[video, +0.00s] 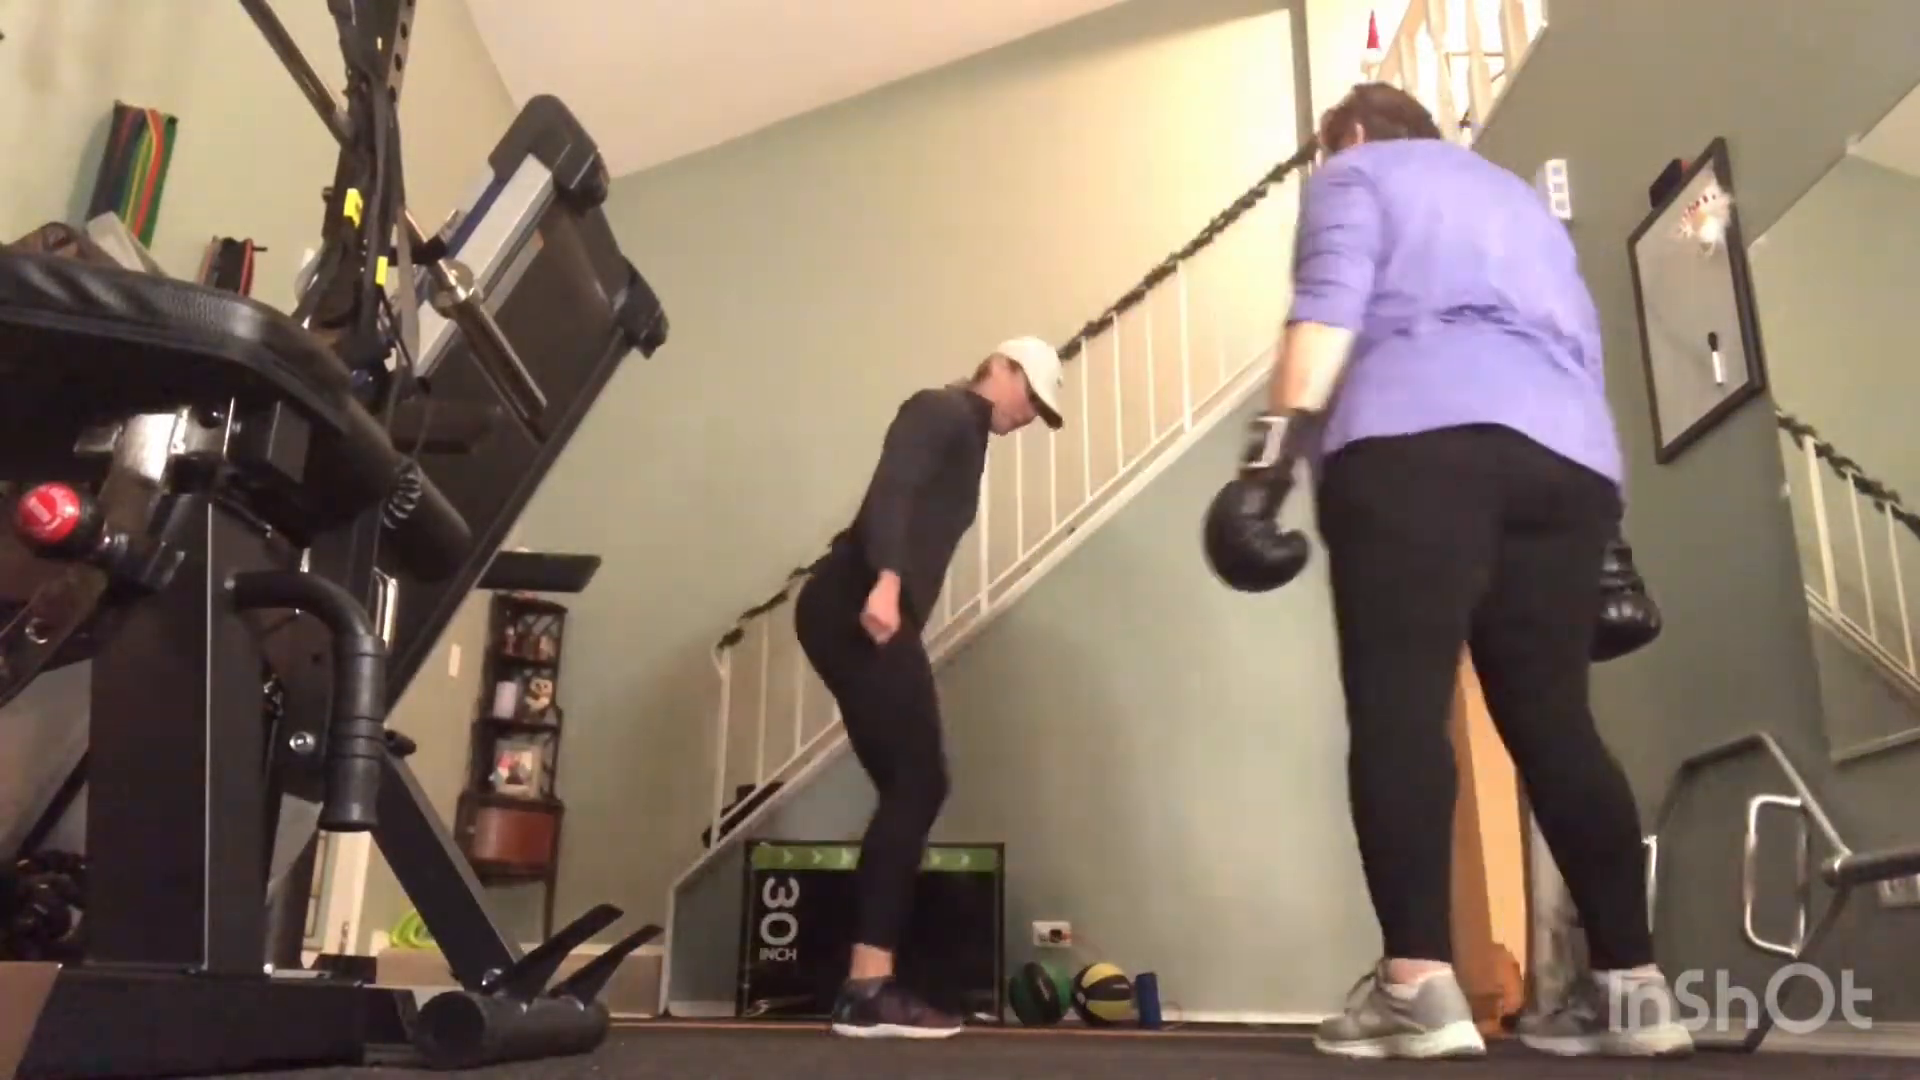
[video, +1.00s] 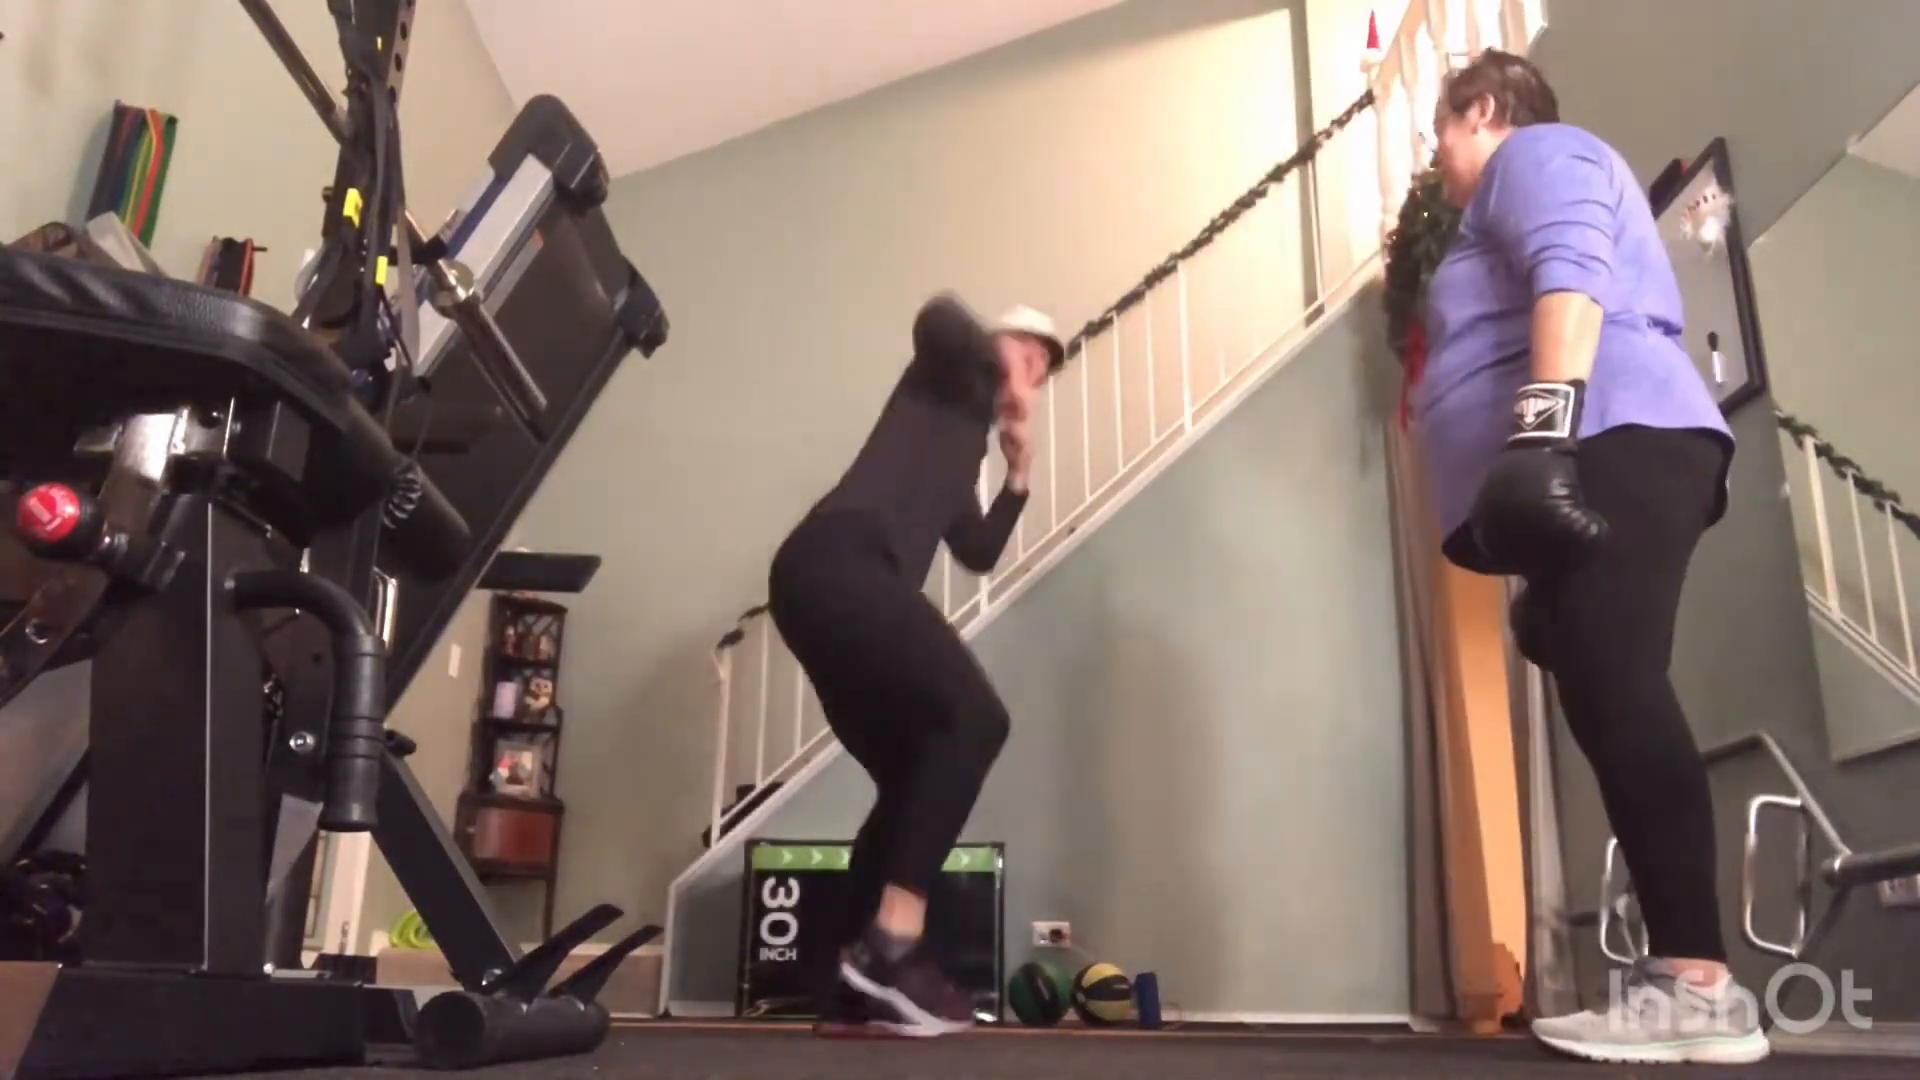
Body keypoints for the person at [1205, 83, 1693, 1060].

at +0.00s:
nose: (1326, 176)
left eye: (1327, 162)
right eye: (1325, 164)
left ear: (1350, 140)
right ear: (1426, 134)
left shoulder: (1349, 173)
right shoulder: (1531, 207)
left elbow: (1325, 315)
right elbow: (1582, 365)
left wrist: (1267, 464)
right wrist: (1603, 530)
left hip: (1411, 445)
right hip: (1563, 458)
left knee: (1398, 715)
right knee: (1554, 722)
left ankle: (1417, 982)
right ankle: (1632, 981)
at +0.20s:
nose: (1384, 167)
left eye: (1390, 145)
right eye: (1381, 152)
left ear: (1436, 126)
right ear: (1435, 130)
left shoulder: (1489, 157)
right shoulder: (1455, 220)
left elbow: (1527, 275)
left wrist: (1497, 431)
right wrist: (1406, 252)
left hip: (1610, 427)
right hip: (1573, 447)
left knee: (1585, 678)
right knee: (1566, 694)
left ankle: (1693, 982)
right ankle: (1640, 980)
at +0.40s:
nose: (1419, 133)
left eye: (1423, 109)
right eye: (1415, 116)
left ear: (1469, 80)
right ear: (1472, 86)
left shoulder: (1539, 113)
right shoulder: (1486, 196)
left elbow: (1571, 243)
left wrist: (1540, 406)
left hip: (1641, 406)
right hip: (1594, 431)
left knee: (1617, 671)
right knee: (1583, 692)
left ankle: (1696, 985)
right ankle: (1634, 977)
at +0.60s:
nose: (1465, 126)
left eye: (1469, 101)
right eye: (1461, 108)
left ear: (1509, 73)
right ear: (1534, 73)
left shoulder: (1569, 106)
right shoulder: (1536, 169)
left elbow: (1588, 240)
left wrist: (1548, 407)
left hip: (1659, 410)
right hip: (1623, 427)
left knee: (1627, 680)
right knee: (1599, 690)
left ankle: (1701, 985)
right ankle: (1640, 977)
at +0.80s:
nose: (1461, 150)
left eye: (1466, 129)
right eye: (1457, 135)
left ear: (1507, 106)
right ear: (1527, 106)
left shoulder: (1563, 141)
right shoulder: (1522, 201)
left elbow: (1588, 266)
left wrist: (1560, 425)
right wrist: (1440, 260)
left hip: (1645, 427)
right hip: (1619, 444)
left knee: (1636, 697)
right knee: (1628, 706)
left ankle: (1703, 985)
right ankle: (1682, 978)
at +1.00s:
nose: (1433, 155)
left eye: (1441, 134)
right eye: (1432, 139)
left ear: (1488, 112)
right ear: (1498, 114)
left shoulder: (1542, 151)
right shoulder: (1496, 218)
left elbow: (1569, 274)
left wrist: (1539, 432)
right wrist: (1426, 257)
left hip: (1629, 432)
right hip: (1597, 451)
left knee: (1614, 677)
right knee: (1604, 693)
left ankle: (1698, 985)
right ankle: (1679, 979)